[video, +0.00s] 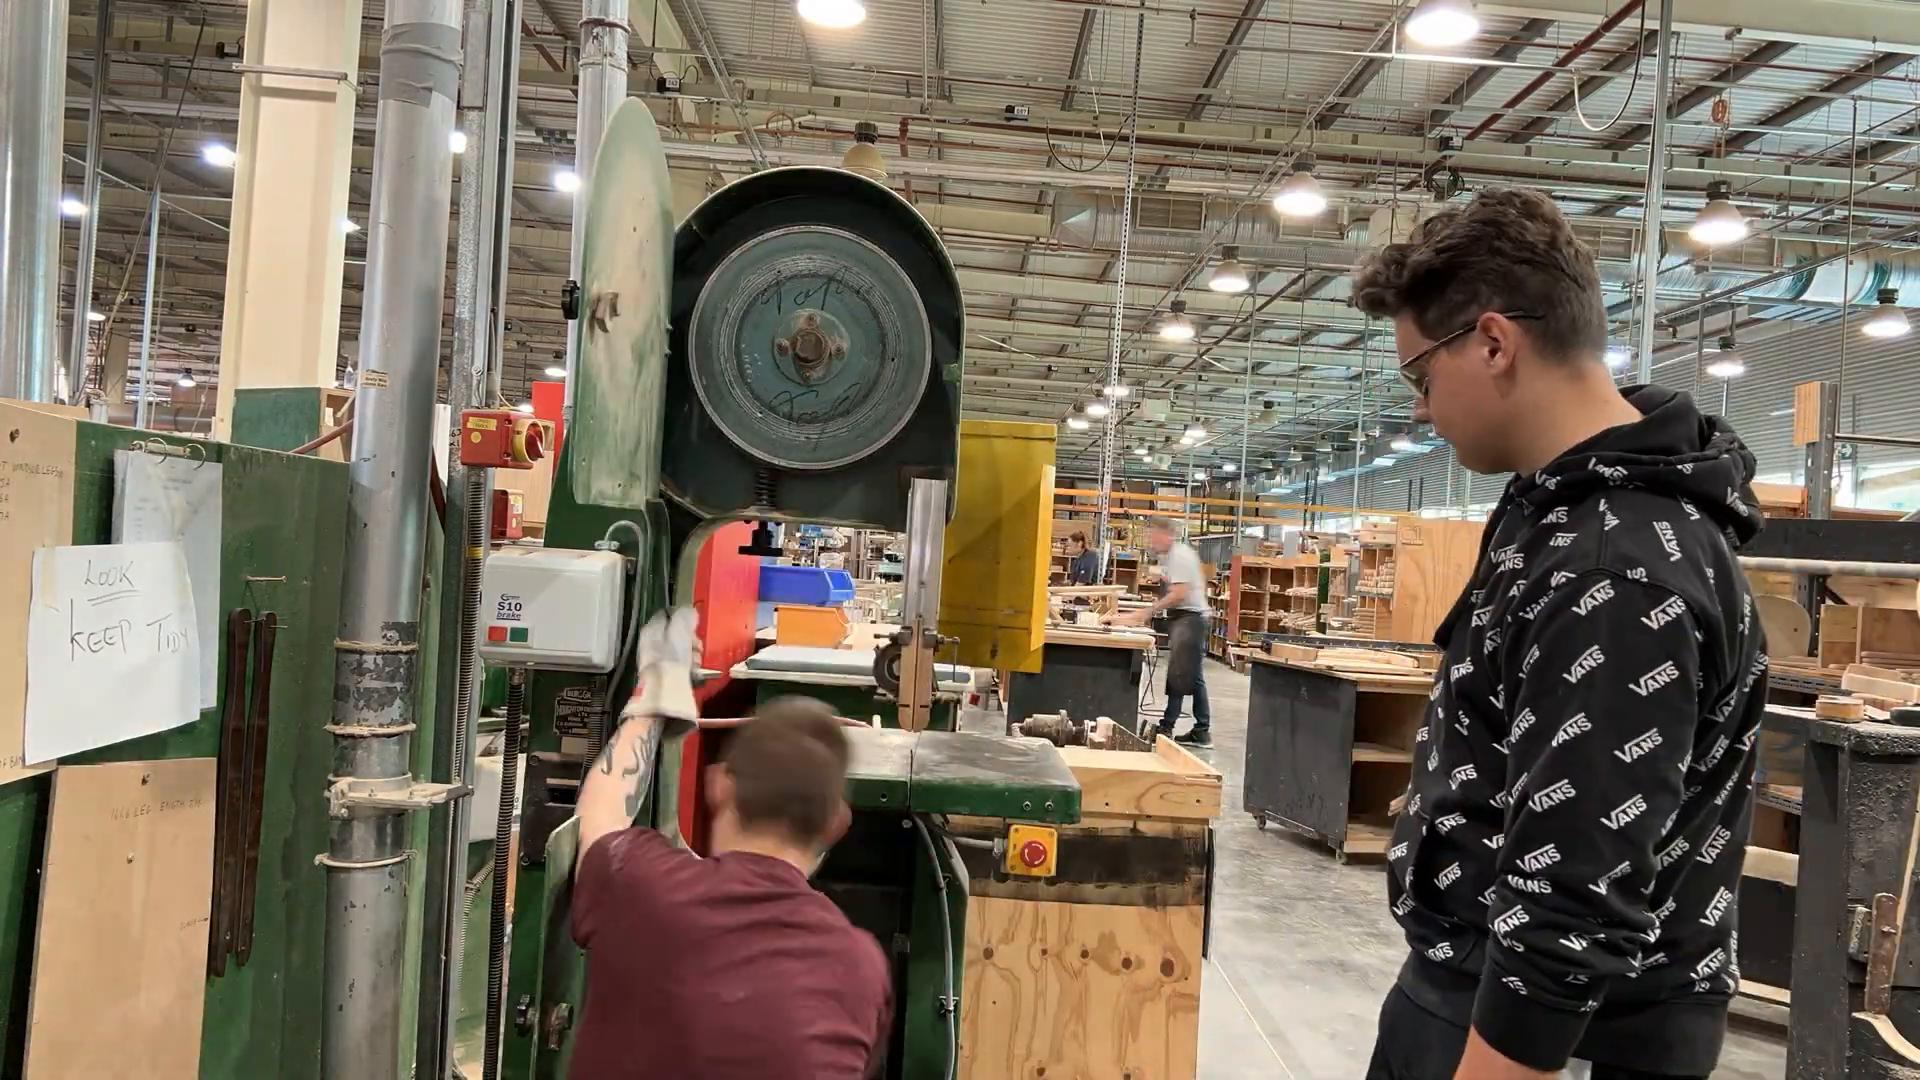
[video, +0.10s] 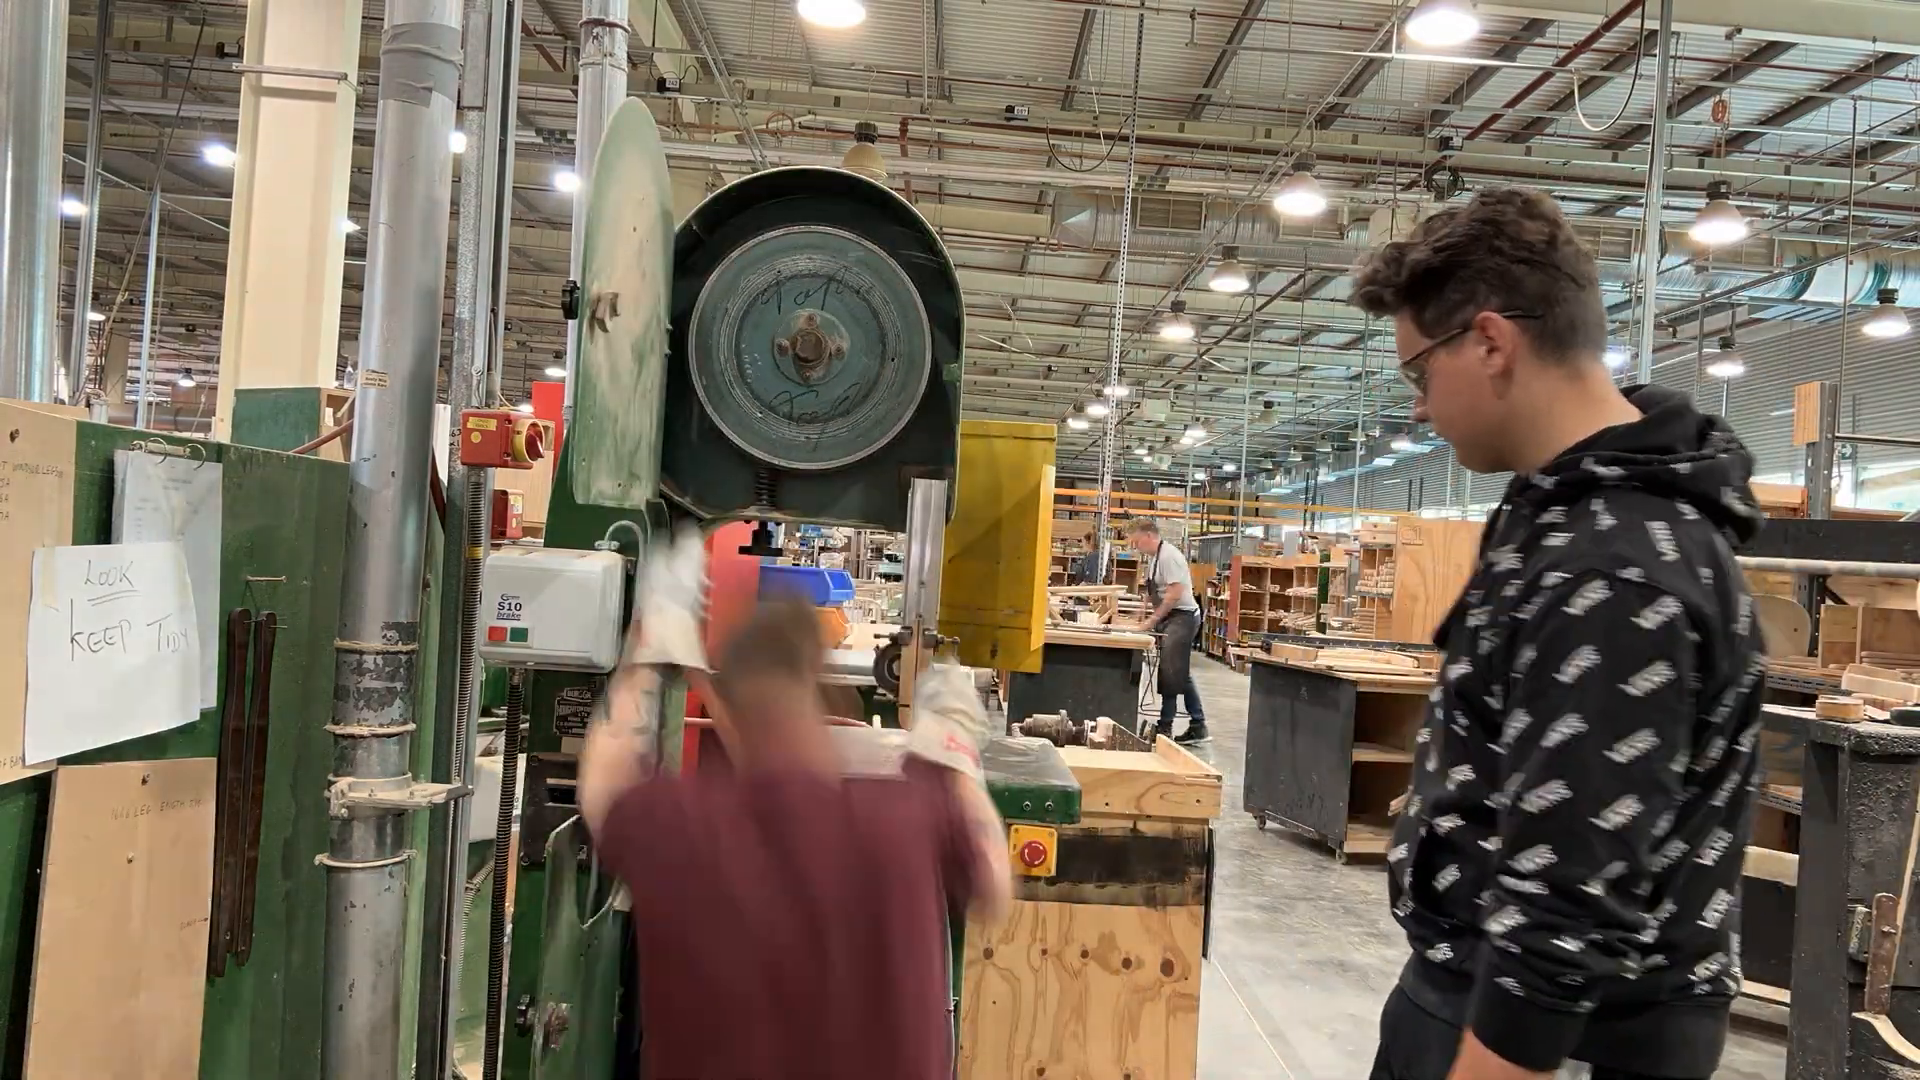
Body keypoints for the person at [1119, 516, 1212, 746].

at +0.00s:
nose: (1151, 541)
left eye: (1154, 536)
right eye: (1151, 536)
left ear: (1168, 535)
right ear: (1164, 536)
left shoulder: (1180, 556)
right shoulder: (1171, 555)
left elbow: (1179, 592)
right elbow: (1176, 590)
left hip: (1190, 619)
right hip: (1185, 618)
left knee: (1177, 675)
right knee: (1194, 676)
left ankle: (1165, 728)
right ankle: (1202, 729)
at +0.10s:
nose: (1136, 547)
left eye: (1137, 542)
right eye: (1135, 543)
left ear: (1150, 536)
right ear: (1148, 538)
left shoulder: (1168, 555)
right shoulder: (1155, 557)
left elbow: (1175, 592)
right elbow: (1154, 592)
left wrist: (1152, 621)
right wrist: (1143, 618)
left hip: (1183, 616)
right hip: (1172, 615)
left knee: (1170, 671)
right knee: (1177, 671)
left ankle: (1164, 728)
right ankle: (1198, 724)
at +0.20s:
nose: (1149, 542)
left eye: (1152, 537)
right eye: (1148, 537)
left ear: (1165, 533)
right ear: (1157, 535)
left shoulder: (1181, 554)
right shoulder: (1160, 552)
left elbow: (1188, 589)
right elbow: (1151, 580)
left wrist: (1153, 593)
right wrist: (1132, 583)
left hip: (1179, 616)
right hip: (1162, 614)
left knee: (1172, 669)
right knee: (1156, 669)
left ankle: (1172, 725)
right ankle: (1157, 719)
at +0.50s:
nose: (1136, 550)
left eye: (1138, 545)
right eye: (1134, 546)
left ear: (1151, 538)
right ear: (1145, 540)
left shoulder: (1173, 555)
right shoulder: (1147, 559)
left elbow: (1182, 590)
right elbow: (1138, 589)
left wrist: (1148, 597)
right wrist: (1120, 595)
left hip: (1182, 614)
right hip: (1161, 614)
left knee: (1174, 666)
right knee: (1157, 666)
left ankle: (1172, 725)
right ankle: (1154, 720)